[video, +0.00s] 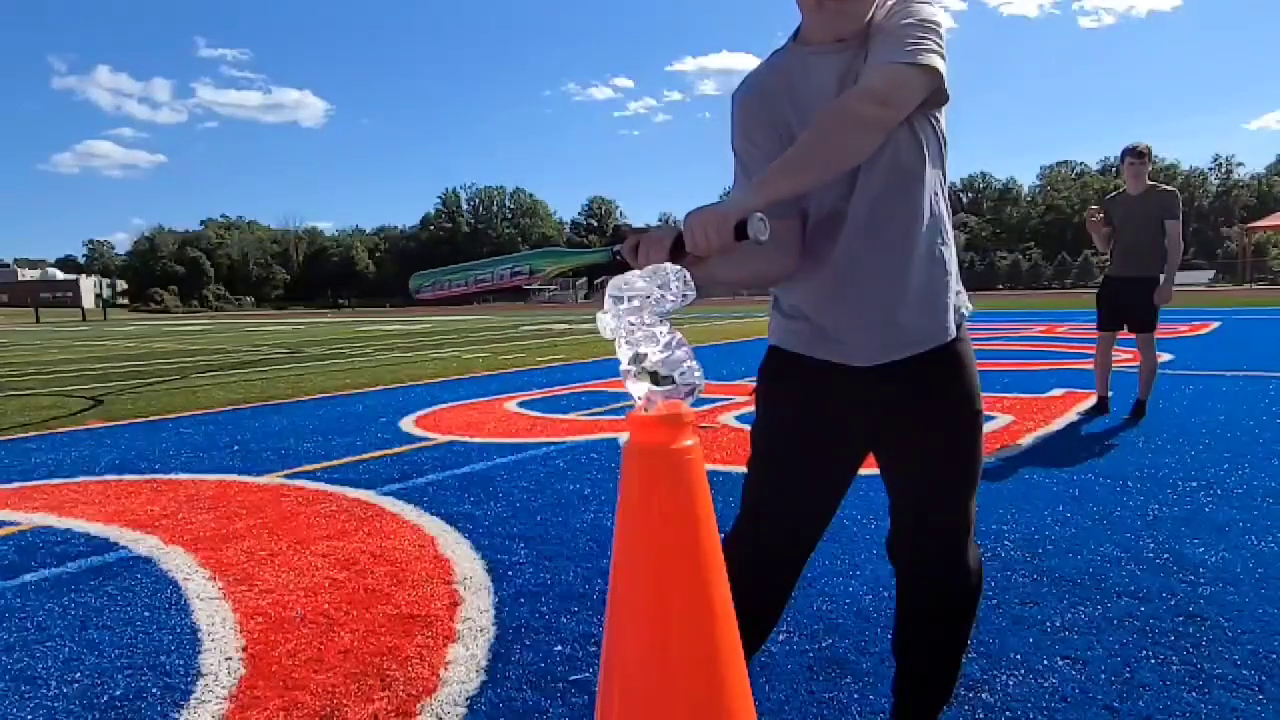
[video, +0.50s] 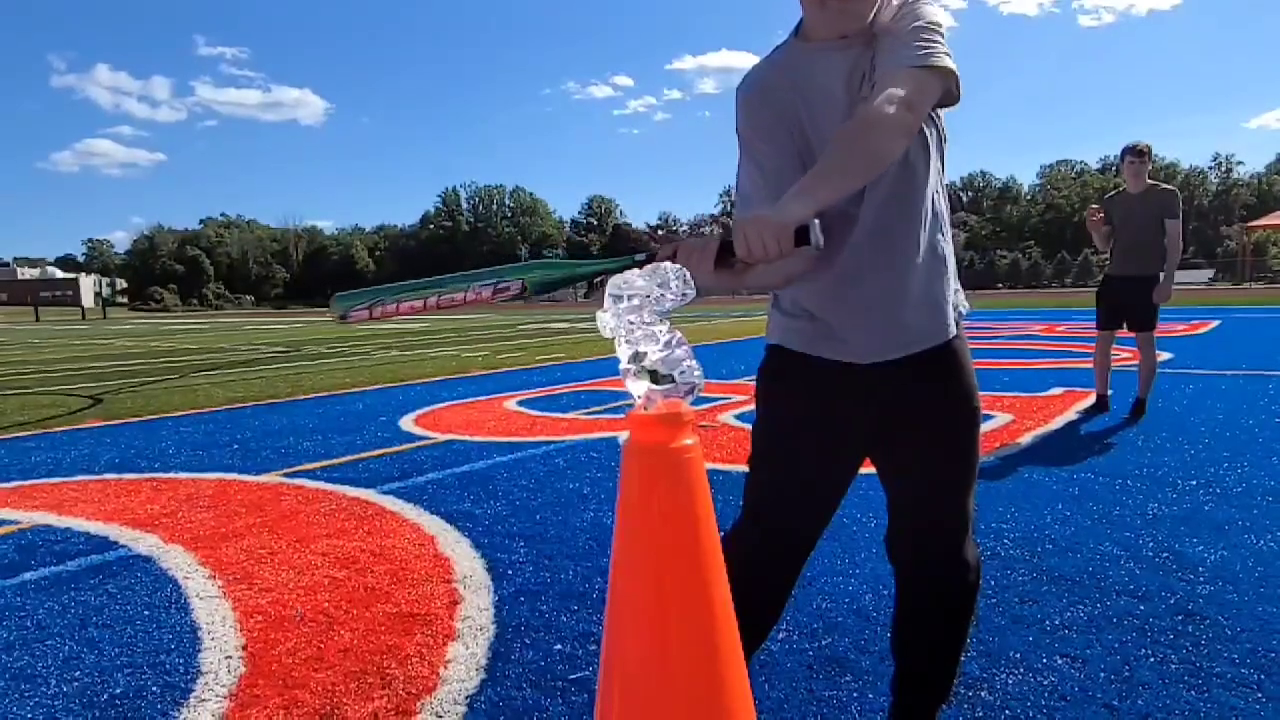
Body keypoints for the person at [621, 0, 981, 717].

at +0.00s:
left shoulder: (911, 17)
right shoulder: (760, 93)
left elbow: (893, 95)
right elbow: (778, 251)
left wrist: (746, 202)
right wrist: (677, 255)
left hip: (928, 355)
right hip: (810, 363)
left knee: (940, 568)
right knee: (756, 568)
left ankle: (917, 712)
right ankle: (686, 698)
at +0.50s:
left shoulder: (910, 21)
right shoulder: (766, 87)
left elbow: (895, 113)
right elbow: (792, 251)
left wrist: (785, 210)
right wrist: (710, 271)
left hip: (927, 355)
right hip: (811, 364)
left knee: (941, 565)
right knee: (759, 565)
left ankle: (918, 707)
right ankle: (687, 696)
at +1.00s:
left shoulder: (918, 22)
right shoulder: (772, 79)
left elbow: (915, 121)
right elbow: (788, 223)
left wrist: (838, 207)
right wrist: (759, 273)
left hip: (924, 357)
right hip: (811, 363)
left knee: (936, 563)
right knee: (764, 554)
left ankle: (913, 711)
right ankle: (682, 694)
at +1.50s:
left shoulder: (919, 21)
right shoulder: (776, 72)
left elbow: (930, 122)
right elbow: (799, 197)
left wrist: (883, 198)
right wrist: (810, 267)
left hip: (921, 354)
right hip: (810, 362)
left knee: (932, 558)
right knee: (767, 547)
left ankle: (911, 711)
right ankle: (685, 689)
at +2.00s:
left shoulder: (922, 23)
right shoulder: (781, 68)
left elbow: (944, 124)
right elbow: (810, 212)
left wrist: (916, 195)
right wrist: (855, 264)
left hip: (920, 357)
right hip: (814, 362)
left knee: (930, 559)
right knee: (765, 551)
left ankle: (908, 712)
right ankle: (684, 693)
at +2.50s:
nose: (867, 0)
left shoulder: (916, 20)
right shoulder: (783, 62)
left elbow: (946, 122)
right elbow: (821, 211)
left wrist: (961, 202)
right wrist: (912, 265)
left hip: (914, 328)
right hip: (808, 336)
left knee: (930, 544)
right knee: (773, 534)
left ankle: (908, 706)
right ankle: (703, 702)